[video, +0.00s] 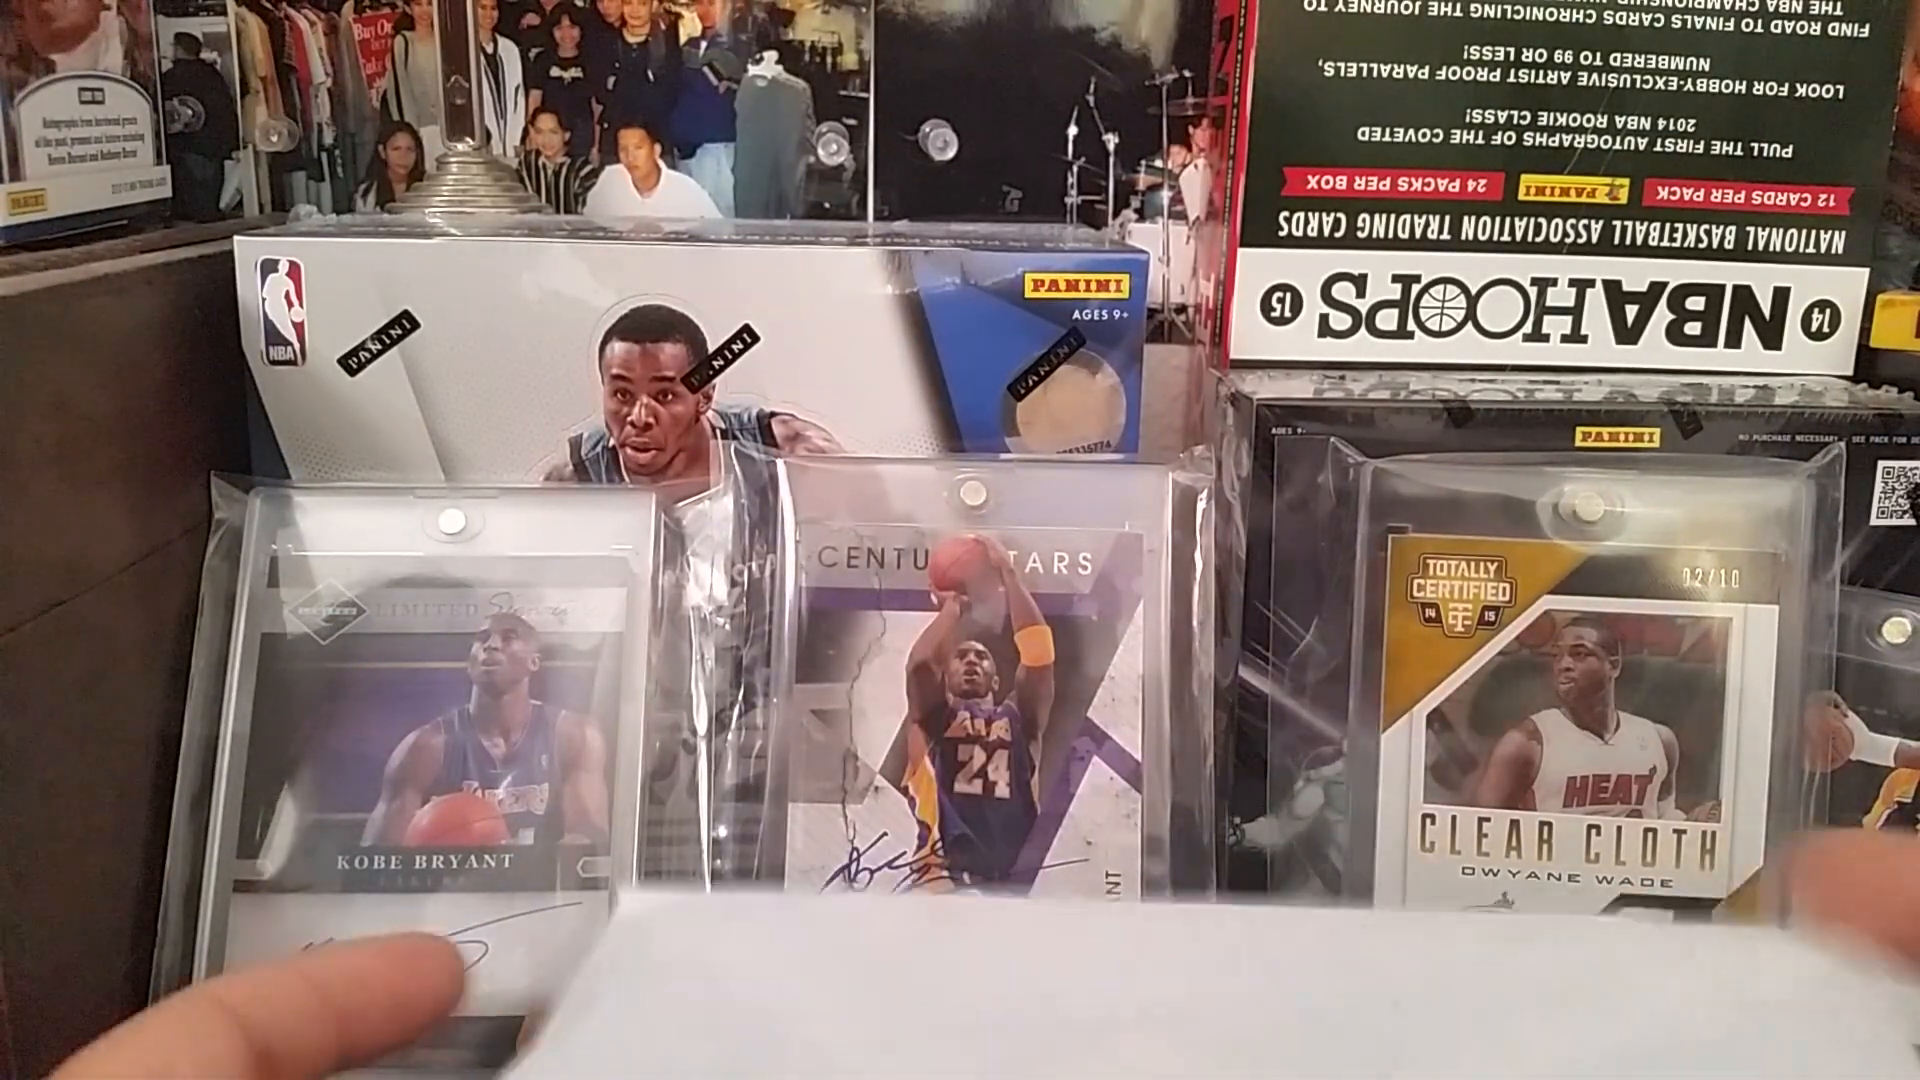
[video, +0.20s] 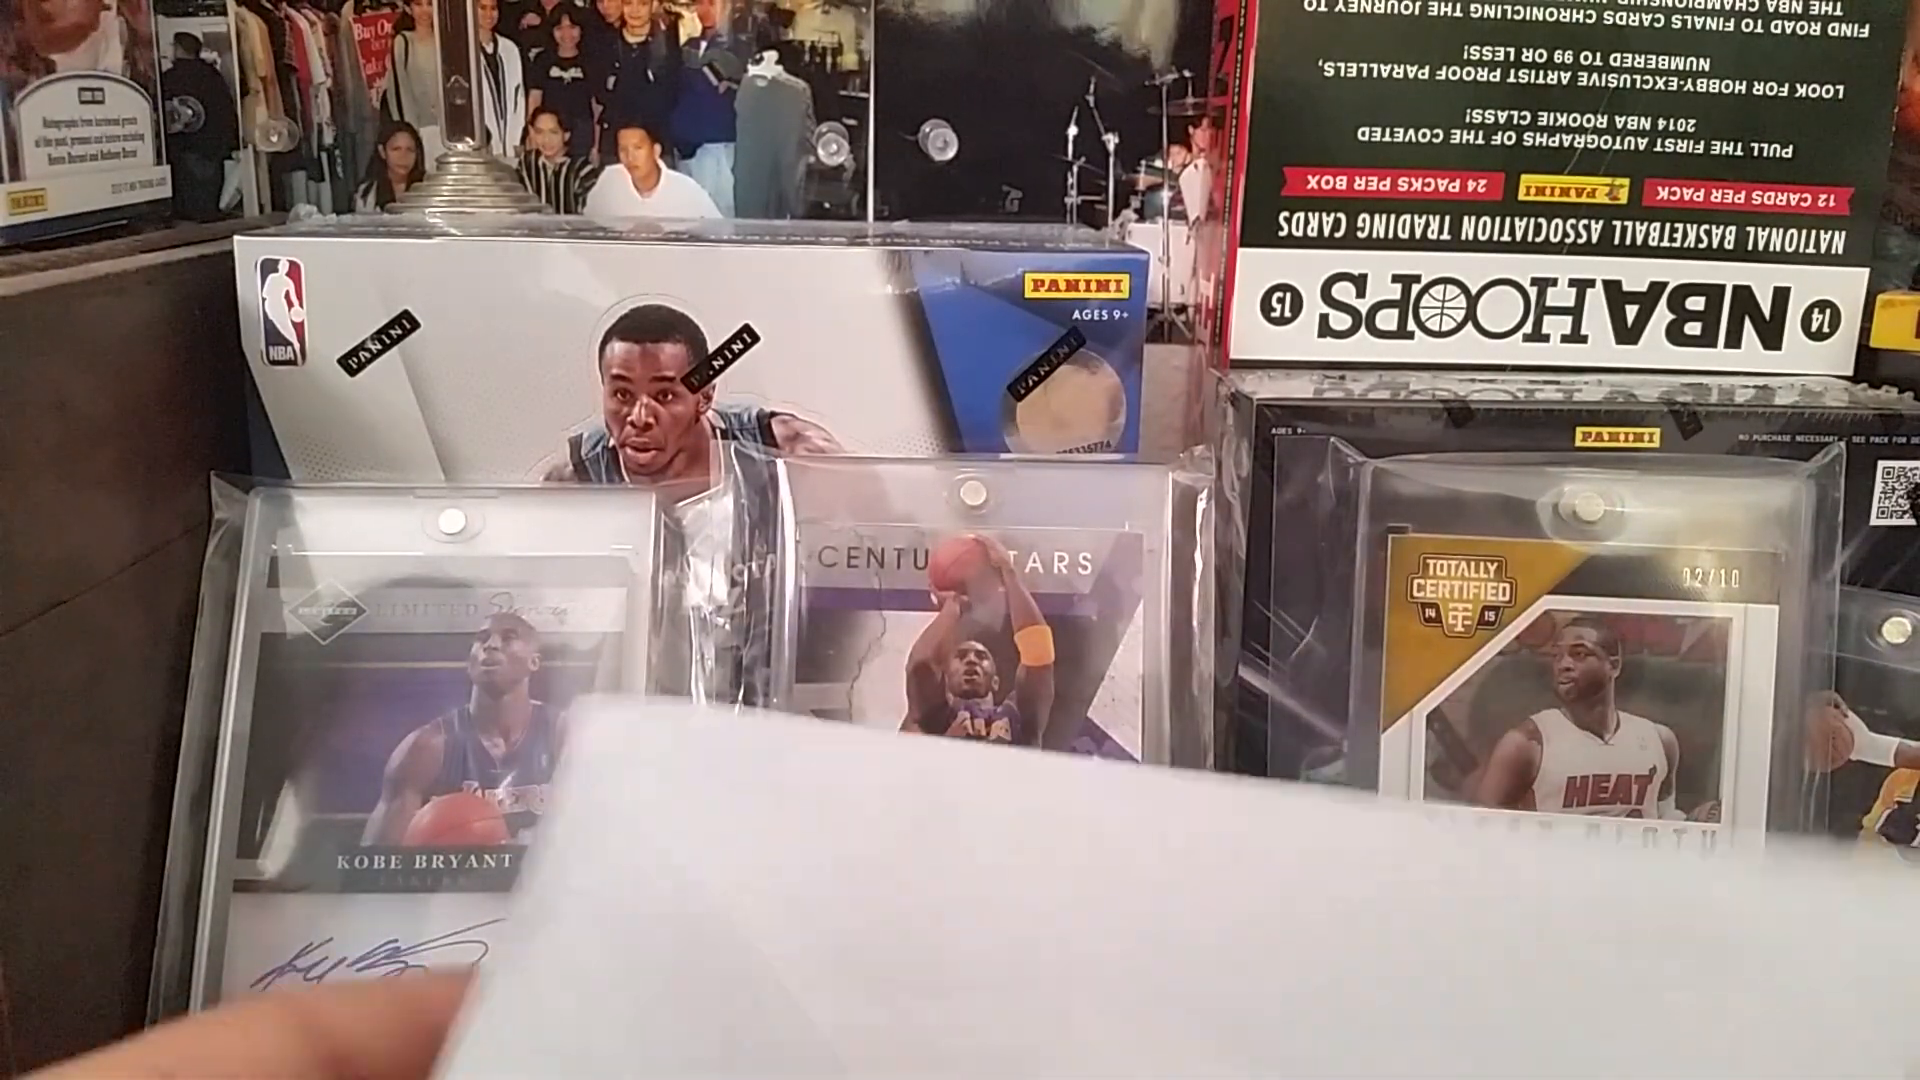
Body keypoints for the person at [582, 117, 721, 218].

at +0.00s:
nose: (630, 158)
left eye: (638, 148)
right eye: (624, 150)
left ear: (656, 151)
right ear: (618, 154)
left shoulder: (685, 188)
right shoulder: (610, 179)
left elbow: (720, 232)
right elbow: (586, 226)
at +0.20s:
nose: (630, 158)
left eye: (638, 148)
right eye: (624, 150)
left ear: (656, 151)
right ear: (618, 154)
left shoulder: (686, 188)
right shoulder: (610, 179)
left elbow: (720, 233)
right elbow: (586, 226)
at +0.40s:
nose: (630, 158)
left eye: (638, 148)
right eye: (624, 150)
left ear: (656, 151)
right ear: (618, 153)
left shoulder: (686, 188)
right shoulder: (610, 179)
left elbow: (719, 233)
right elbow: (587, 226)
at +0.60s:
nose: (630, 158)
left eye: (638, 149)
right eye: (624, 150)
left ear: (656, 152)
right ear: (618, 154)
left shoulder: (686, 189)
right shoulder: (610, 180)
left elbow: (720, 233)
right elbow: (587, 225)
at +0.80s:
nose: (630, 157)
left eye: (638, 148)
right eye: (624, 150)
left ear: (656, 151)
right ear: (618, 154)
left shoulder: (686, 189)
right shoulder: (610, 179)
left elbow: (721, 233)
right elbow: (587, 225)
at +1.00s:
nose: (630, 157)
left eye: (638, 148)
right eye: (624, 150)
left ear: (656, 151)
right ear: (618, 154)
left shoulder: (686, 189)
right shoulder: (610, 179)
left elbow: (720, 232)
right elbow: (587, 225)